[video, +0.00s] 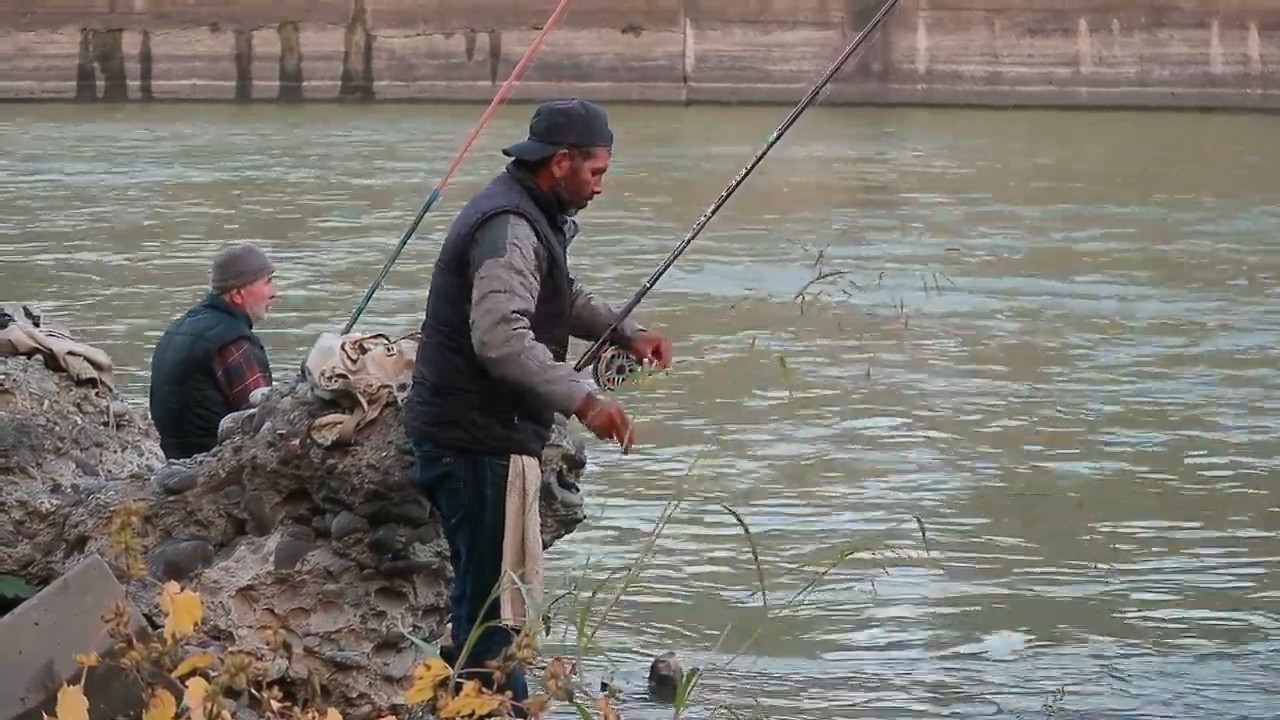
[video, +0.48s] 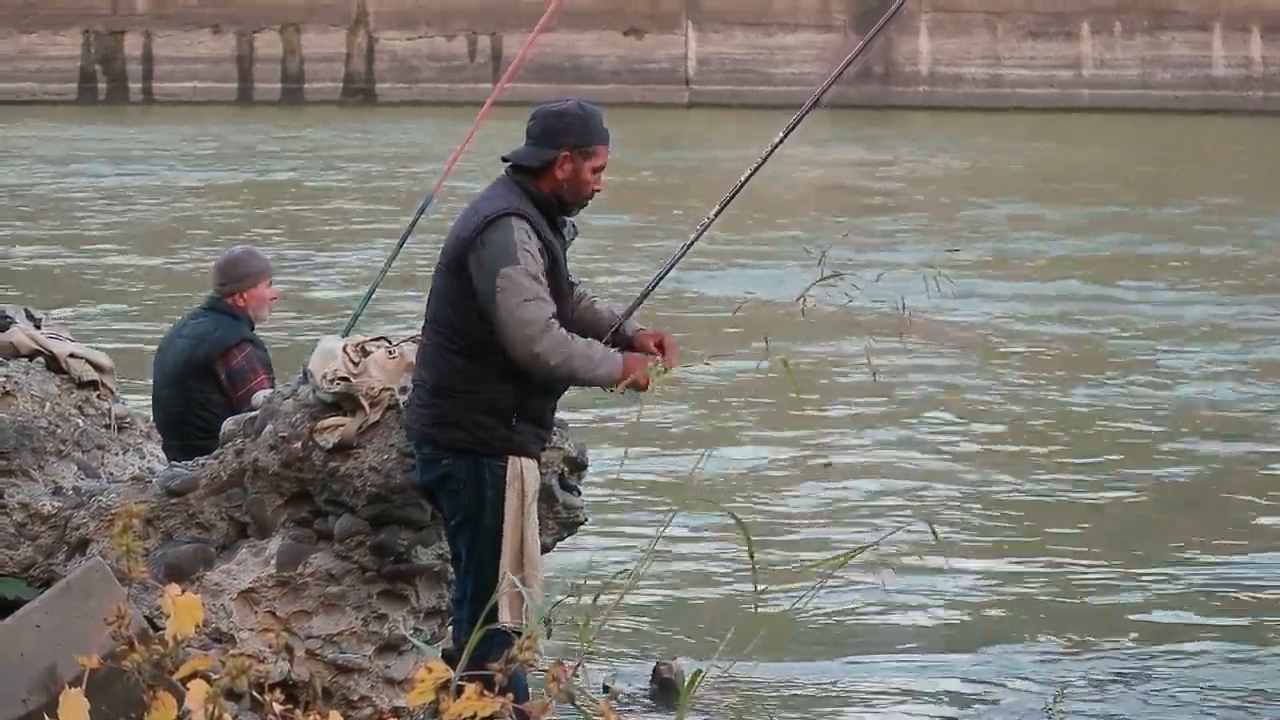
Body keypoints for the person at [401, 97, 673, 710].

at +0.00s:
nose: (601, 184)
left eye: (604, 171)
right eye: (596, 170)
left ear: (563, 161)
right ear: (560, 162)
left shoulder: (536, 217)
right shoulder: (510, 225)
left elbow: (555, 301)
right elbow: (498, 334)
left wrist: (623, 332)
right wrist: (582, 396)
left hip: (493, 436)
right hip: (469, 442)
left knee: (498, 594)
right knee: (489, 599)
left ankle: (492, 710)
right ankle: (484, 713)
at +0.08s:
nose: (602, 184)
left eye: (605, 171)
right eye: (597, 170)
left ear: (563, 161)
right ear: (560, 162)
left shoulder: (536, 218)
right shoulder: (509, 225)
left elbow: (557, 300)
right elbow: (497, 334)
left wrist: (625, 334)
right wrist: (583, 394)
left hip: (494, 436)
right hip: (469, 442)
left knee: (499, 593)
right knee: (489, 598)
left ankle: (495, 710)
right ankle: (486, 713)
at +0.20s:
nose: (602, 184)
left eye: (605, 171)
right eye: (597, 170)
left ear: (563, 161)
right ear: (561, 162)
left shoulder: (535, 217)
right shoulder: (510, 224)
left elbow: (558, 300)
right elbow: (500, 331)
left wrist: (627, 336)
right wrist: (590, 383)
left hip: (494, 437)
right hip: (470, 443)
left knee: (498, 592)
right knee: (489, 598)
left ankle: (491, 710)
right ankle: (484, 713)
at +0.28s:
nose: (602, 184)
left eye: (605, 171)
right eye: (597, 170)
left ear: (563, 162)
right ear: (560, 162)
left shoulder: (535, 218)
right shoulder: (508, 224)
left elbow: (558, 301)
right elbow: (507, 334)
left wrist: (627, 336)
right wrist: (599, 378)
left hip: (494, 437)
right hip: (470, 443)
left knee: (499, 591)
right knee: (489, 596)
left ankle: (493, 708)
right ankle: (485, 711)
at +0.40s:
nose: (601, 183)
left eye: (603, 170)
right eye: (596, 169)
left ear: (563, 162)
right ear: (559, 164)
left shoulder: (535, 220)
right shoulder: (507, 227)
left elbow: (563, 303)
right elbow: (526, 340)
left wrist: (629, 336)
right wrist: (614, 371)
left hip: (494, 438)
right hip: (470, 444)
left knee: (497, 591)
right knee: (490, 596)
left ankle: (491, 710)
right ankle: (487, 712)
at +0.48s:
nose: (601, 182)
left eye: (604, 169)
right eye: (597, 169)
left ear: (563, 163)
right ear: (561, 164)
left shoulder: (534, 220)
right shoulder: (506, 227)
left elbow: (564, 301)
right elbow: (533, 340)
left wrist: (627, 335)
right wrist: (618, 367)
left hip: (494, 437)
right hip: (470, 442)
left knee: (498, 588)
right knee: (489, 593)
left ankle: (489, 707)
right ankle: (487, 710)